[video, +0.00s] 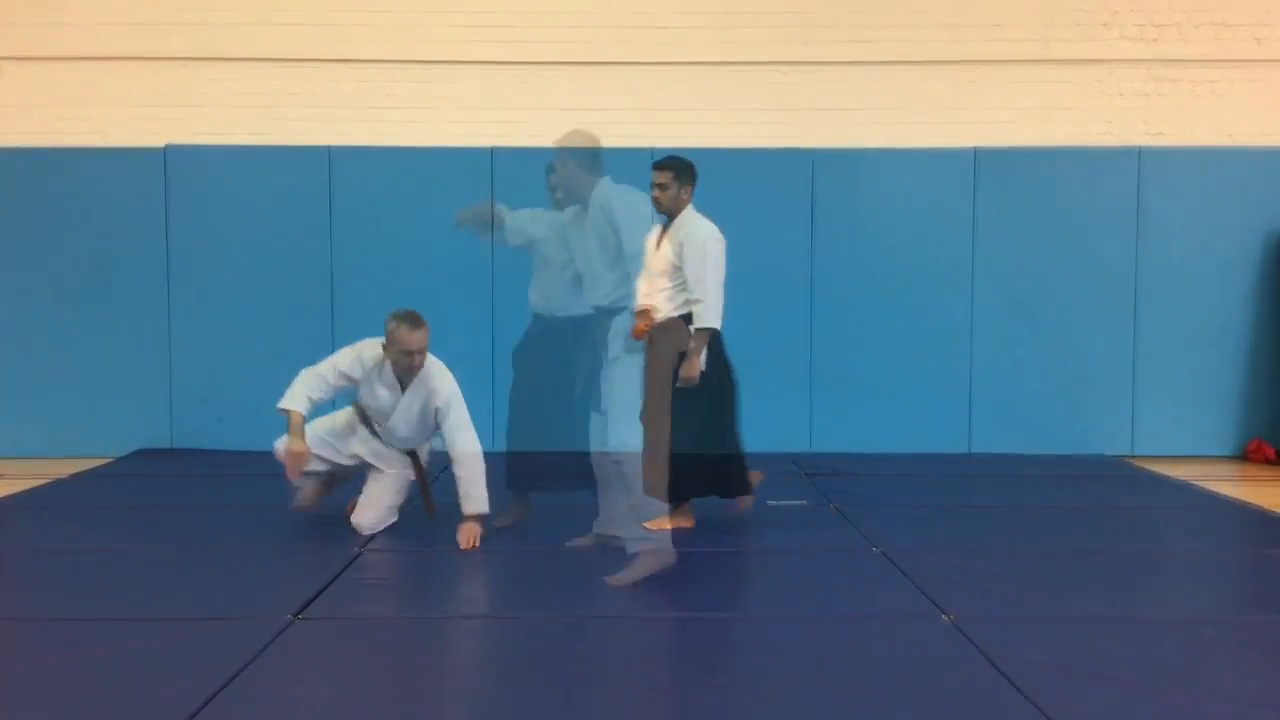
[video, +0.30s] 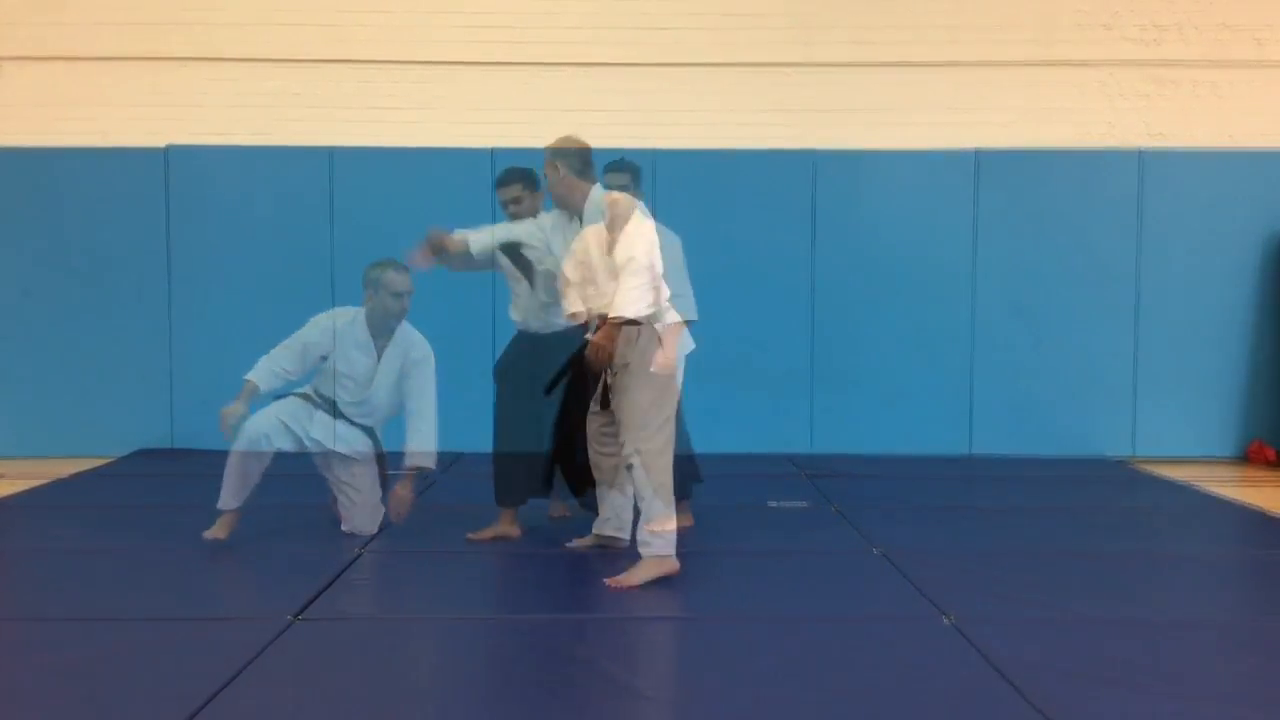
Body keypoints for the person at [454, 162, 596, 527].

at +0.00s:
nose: (553, 185)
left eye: (557, 176)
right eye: (549, 177)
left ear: (575, 179)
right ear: (548, 183)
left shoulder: (596, 223)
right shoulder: (545, 220)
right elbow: (510, 223)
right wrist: (484, 218)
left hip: (588, 328)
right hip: (543, 329)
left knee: (594, 413)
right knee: (523, 409)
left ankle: (604, 506)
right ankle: (519, 501)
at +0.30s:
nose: (512, 209)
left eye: (518, 201)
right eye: (505, 203)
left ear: (538, 195)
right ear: (500, 204)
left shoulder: (559, 225)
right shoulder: (508, 238)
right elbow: (465, 258)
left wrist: (450, 239)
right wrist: (439, 248)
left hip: (570, 338)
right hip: (528, 341)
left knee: (565, 422)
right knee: (510, 422)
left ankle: (560, 496)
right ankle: (507, 517)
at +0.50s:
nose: (480, 205)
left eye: (485, 195)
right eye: (476, 197)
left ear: (506, 189)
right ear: (474, 196)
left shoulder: (536, 223)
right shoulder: (476, 223)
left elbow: (507, 246)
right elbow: (432, 191)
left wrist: (502, 195)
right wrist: (441, 148)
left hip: (536, 339)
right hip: (497, 340)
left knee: (541, 427)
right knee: (491, 428)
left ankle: (567, 488)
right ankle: (505, 522)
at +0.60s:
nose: (479, 199)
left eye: (483, 191)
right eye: (475, 193)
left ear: (505, 181)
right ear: (471, 188)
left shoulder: (534, 217)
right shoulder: (474, 213)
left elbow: (501, 220)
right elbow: (437, 170)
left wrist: (501, 161)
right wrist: (451, 117)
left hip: (526, 334)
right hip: (488, 334)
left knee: (522, 425)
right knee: (483, 427)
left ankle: (533, 510)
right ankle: (503, 519)